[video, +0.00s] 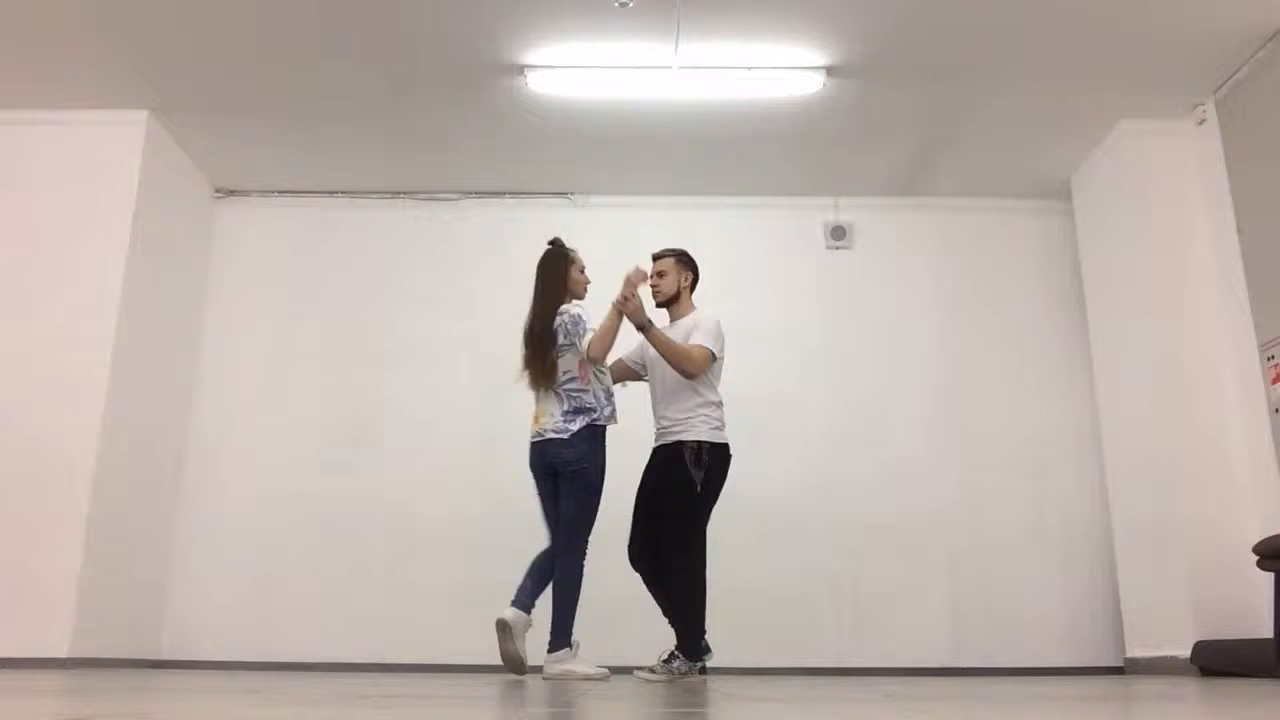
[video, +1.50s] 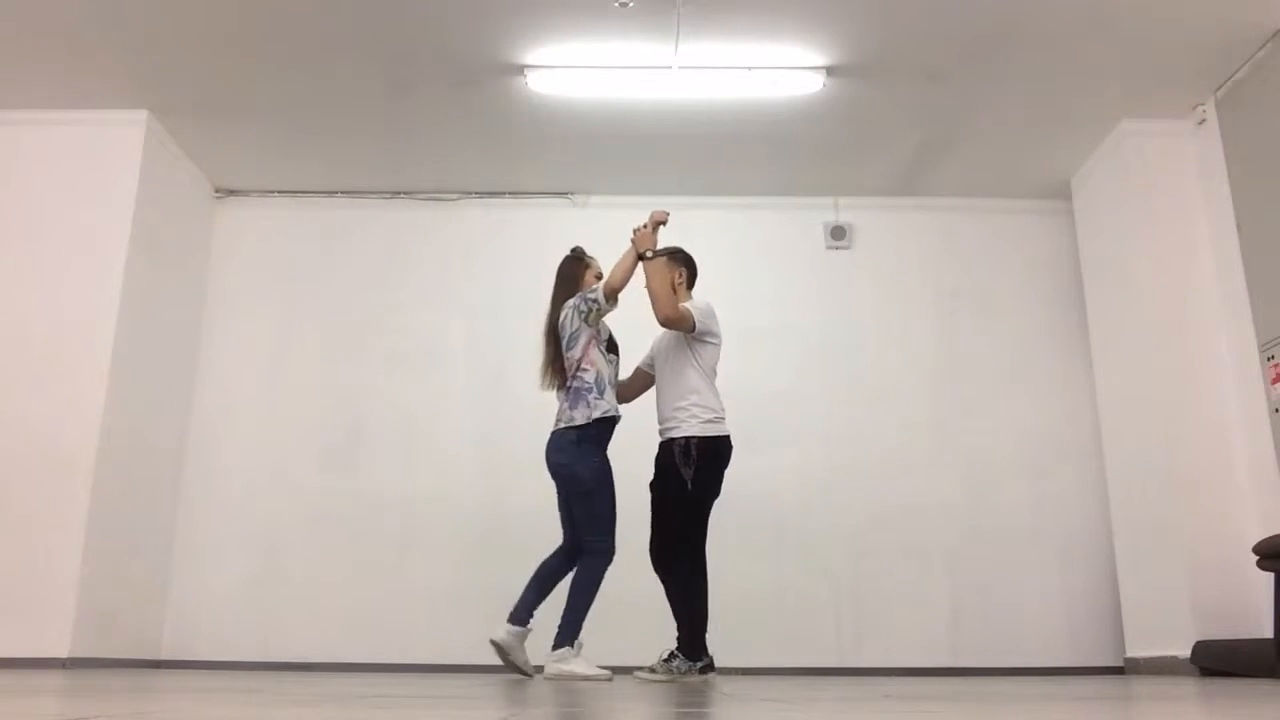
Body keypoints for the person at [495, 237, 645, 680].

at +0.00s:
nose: (587, 277)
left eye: (585, 270)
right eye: (581, 270)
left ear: (551, 277)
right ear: (565, 275)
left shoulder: (538, 322)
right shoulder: (571, 314)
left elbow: (561, 377)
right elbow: (597, 353)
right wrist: (620, 302)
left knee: (560, 543)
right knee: (572, 547)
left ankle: (517, 614)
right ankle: (560, 652)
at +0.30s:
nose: (591, 283)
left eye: (589, 278)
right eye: (582, 277)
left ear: (576, 285)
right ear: (561, 281)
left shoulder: (573, 323)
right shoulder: (556, 317)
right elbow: (587, 325)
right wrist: (610, 278)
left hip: (587, 438)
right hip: (578, 440)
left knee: (583, 546)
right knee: (577, 547)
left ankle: (573, 645)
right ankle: (561, 651)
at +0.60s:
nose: (593, 279)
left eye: (593, 275)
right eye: (584, 274)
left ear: (588, 284)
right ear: (565, 282)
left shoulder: (585, 332)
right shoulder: (563, 314)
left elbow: (620, 389)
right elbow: (589, 305)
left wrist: (659, 356)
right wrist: (620, 258)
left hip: (589, 439)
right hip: (576, 439)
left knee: (621, 538)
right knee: (582, 541)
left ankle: (585, 636)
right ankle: (559, 653)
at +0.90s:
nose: (600, 283)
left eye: (600, 276)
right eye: (591, 276)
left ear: (586, 282)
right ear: (569, 281)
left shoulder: (583, 320)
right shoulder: (572, 313)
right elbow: (607, 293)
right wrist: (640, 250)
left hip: (586, 435)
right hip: (578, 436)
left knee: (609, 538)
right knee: (603, 540)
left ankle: (573, 638)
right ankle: (565, 648)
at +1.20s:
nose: (604, 280)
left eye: (603, 273)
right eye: (596, 273)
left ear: (587, 278)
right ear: (575, 276)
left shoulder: (586, 314)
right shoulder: (576, 309)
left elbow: (620, 293)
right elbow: (616, 287)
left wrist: (648, 252)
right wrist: (650, 245)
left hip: (578, 440)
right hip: (571, 440)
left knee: (585, 542)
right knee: (583, 543)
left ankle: (558, 643)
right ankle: (559, 651)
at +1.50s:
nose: (602, 281)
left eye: (601, 276)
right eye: (595, 275)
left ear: (580, 280)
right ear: (578, 279)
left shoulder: (581, 320)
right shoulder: (576, 311)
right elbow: (612, 287)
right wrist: (641, 242)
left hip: (568, 444)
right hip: (581, 445)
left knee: (573, 548)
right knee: (599, 550)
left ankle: (513, 632)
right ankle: (563, 652)